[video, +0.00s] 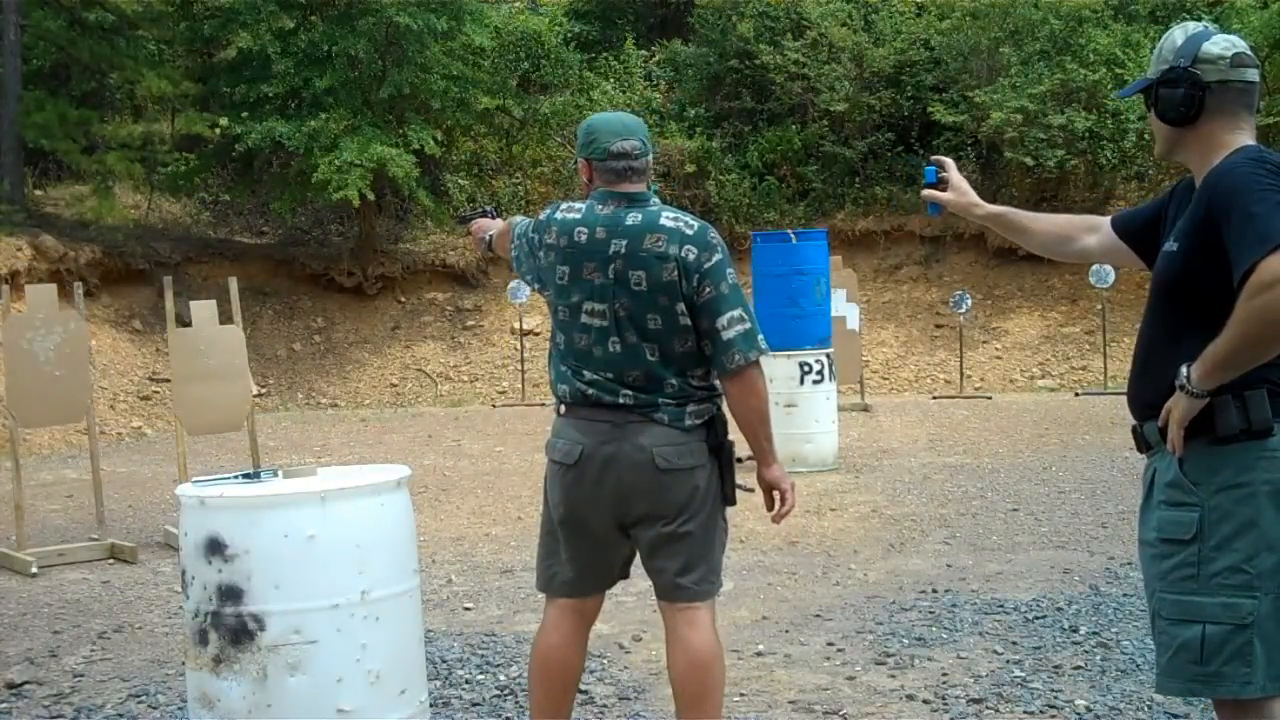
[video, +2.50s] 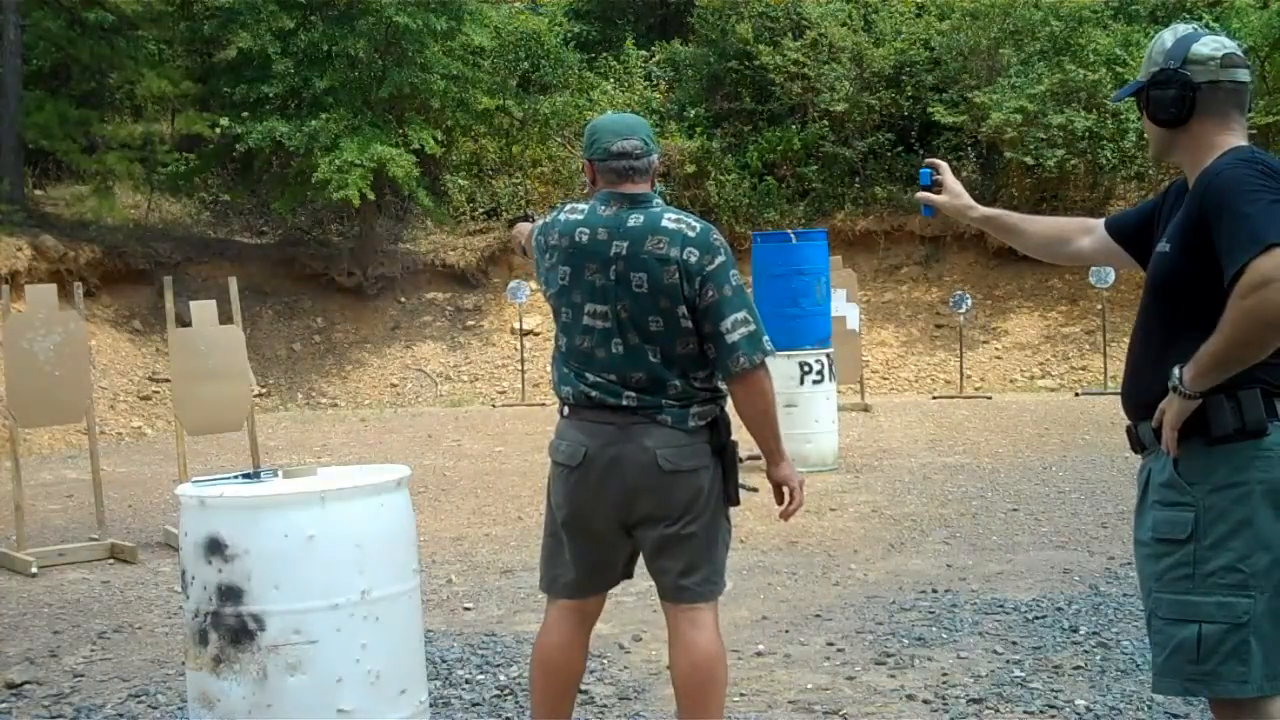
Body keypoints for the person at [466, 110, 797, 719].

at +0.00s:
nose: (581, 171)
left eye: (581, 164)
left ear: (586, 171)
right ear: (650, 167)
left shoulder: (557, 230)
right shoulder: (694, 239)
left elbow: (510, 241)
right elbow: (738, 362)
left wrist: (491, 229)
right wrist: (767, 459)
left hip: (581, 446)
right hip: (676, 450)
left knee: (568, 607)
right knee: (689, 612)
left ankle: (547, 715)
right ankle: (702, 715)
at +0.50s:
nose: (582, 171)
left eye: (583, 164)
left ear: (590, 171)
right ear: (655, 168)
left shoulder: (559, 231)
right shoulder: (699, 241)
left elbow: (518, 241)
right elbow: (743, 366)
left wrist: (503, 228)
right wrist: (769, 462)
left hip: (583, 447)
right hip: (678, 451)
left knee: (567, 609)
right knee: (690, 611)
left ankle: (546, 716)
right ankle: (701, 716)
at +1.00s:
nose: (582, 171)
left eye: (583, 164)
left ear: (588, 171)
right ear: (653, 167)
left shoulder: (560, 230)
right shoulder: (698, 241)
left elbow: (507, 241)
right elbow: (740, 364)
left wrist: (490, 227)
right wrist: (770, 460)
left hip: (583, 446)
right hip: (678, 450)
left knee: (568, 609)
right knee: (691, 611)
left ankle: (548, 716)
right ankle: (702, 715)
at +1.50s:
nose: (582, 172)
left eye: (583, 164)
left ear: (591, 172)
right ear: (655, 167)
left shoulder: (557, 233)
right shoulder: (698, 242)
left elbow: (521, 238)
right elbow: (744, 366)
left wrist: (510, 225)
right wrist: (772, 461)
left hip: (584, 447)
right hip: (680, 451)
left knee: (568, 609)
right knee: (691, 610)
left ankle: (546, 717)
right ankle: (701, 716)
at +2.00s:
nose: (585, 172)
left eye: (586, 165)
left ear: (592, 170)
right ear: (658, 166)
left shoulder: (562, 233)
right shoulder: (697, 240)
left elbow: (527, 236)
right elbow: (747, 365)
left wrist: (533, 228)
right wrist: (778, 458)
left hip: (584, 447)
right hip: (682, 452)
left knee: (570, 608)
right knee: (693, 612)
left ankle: (547, 715)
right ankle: (703, 718)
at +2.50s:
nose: (583, 174)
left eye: (585, 167)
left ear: (590, 172)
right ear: (656, 167)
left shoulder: (562, 234)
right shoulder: (696, 240)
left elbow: (528, 235)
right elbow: (745, 365)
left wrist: (530, 229)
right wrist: (776, 456)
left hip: (584, 446)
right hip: (681, 450)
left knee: (569, 606)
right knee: (693, 611)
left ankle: (547, 715)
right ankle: (703, 719)